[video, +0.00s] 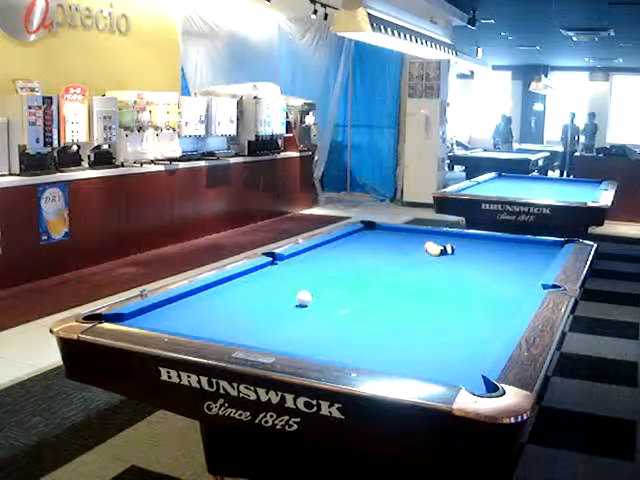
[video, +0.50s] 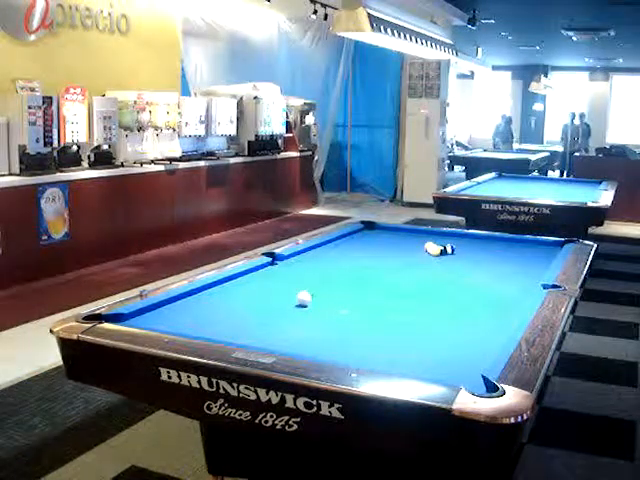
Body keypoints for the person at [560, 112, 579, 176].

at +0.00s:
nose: (572, 118)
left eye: (573, 117)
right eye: (571, 116)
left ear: (574, 117)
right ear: (569, 117)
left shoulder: (576, 128)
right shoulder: (565, 126)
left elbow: (578, 137)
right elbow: (562, 136)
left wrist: (577, 145)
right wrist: (563, 143)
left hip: (572, 147)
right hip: (565, 146)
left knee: (570, 161)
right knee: (563, 161)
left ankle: (568, 174)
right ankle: (561, 174)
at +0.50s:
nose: (572, 117)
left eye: (573, 116)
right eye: (571, 116)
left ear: (574, 117)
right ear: (569, 116)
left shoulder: (576, 127)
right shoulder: (565, 126)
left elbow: (578, 136)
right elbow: (563, 134)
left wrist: (577, 144)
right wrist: (562, 141)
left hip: (572, 145)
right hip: (565, 145)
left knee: (571, 159)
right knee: (563, 159)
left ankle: (569, 172)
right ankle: (561, 172)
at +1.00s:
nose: (572, 120)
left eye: (574, 119)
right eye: (571, 119)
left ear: (576, 118)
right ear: (570, 118)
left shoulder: (579, 126)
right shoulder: (566, 126)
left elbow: (581, 136)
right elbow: (563, 135)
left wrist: (580, 146)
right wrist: (563, 142)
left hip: (575, 146)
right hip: (566, 146)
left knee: (571, 159)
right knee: (563, 159)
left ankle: (569, 173)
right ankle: (561, 173)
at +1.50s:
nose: (572, 119)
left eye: (574, 117)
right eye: (571, 117)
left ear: (575, 117)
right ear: (570, 117)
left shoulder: (577, 126)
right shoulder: (566, 125)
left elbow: (579, 135)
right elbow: (563, 134)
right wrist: (563, 141)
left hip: (574, 146)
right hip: (566, 145)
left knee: (571, 159)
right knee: (563, 159)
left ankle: (569, 173)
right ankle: (561, 172)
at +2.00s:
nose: (572, 119)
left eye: (573, 118)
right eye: (571, 117)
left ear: (575, 118)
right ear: (570, 117)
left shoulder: (577, 126)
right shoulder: (566, 125)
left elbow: (578, 136)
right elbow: (563, 135)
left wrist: (577, 145)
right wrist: (563, 142)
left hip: (573, 146)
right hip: (566, 145)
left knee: (571, 160)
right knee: (564, 160)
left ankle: (569, 173)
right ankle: (561, 173)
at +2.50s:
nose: (571, 119)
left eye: (572, 117)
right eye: (570, 117)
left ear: (574, 117)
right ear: (568, 117)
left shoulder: (576, 126)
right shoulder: (565, 125)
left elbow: (578, 135)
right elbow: (563, 134)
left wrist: (577, 143)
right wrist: (562, 142)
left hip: (573, 145)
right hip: (566, 145)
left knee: (571, 160)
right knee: (563, 160)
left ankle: (570, 173)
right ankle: (562, 173)